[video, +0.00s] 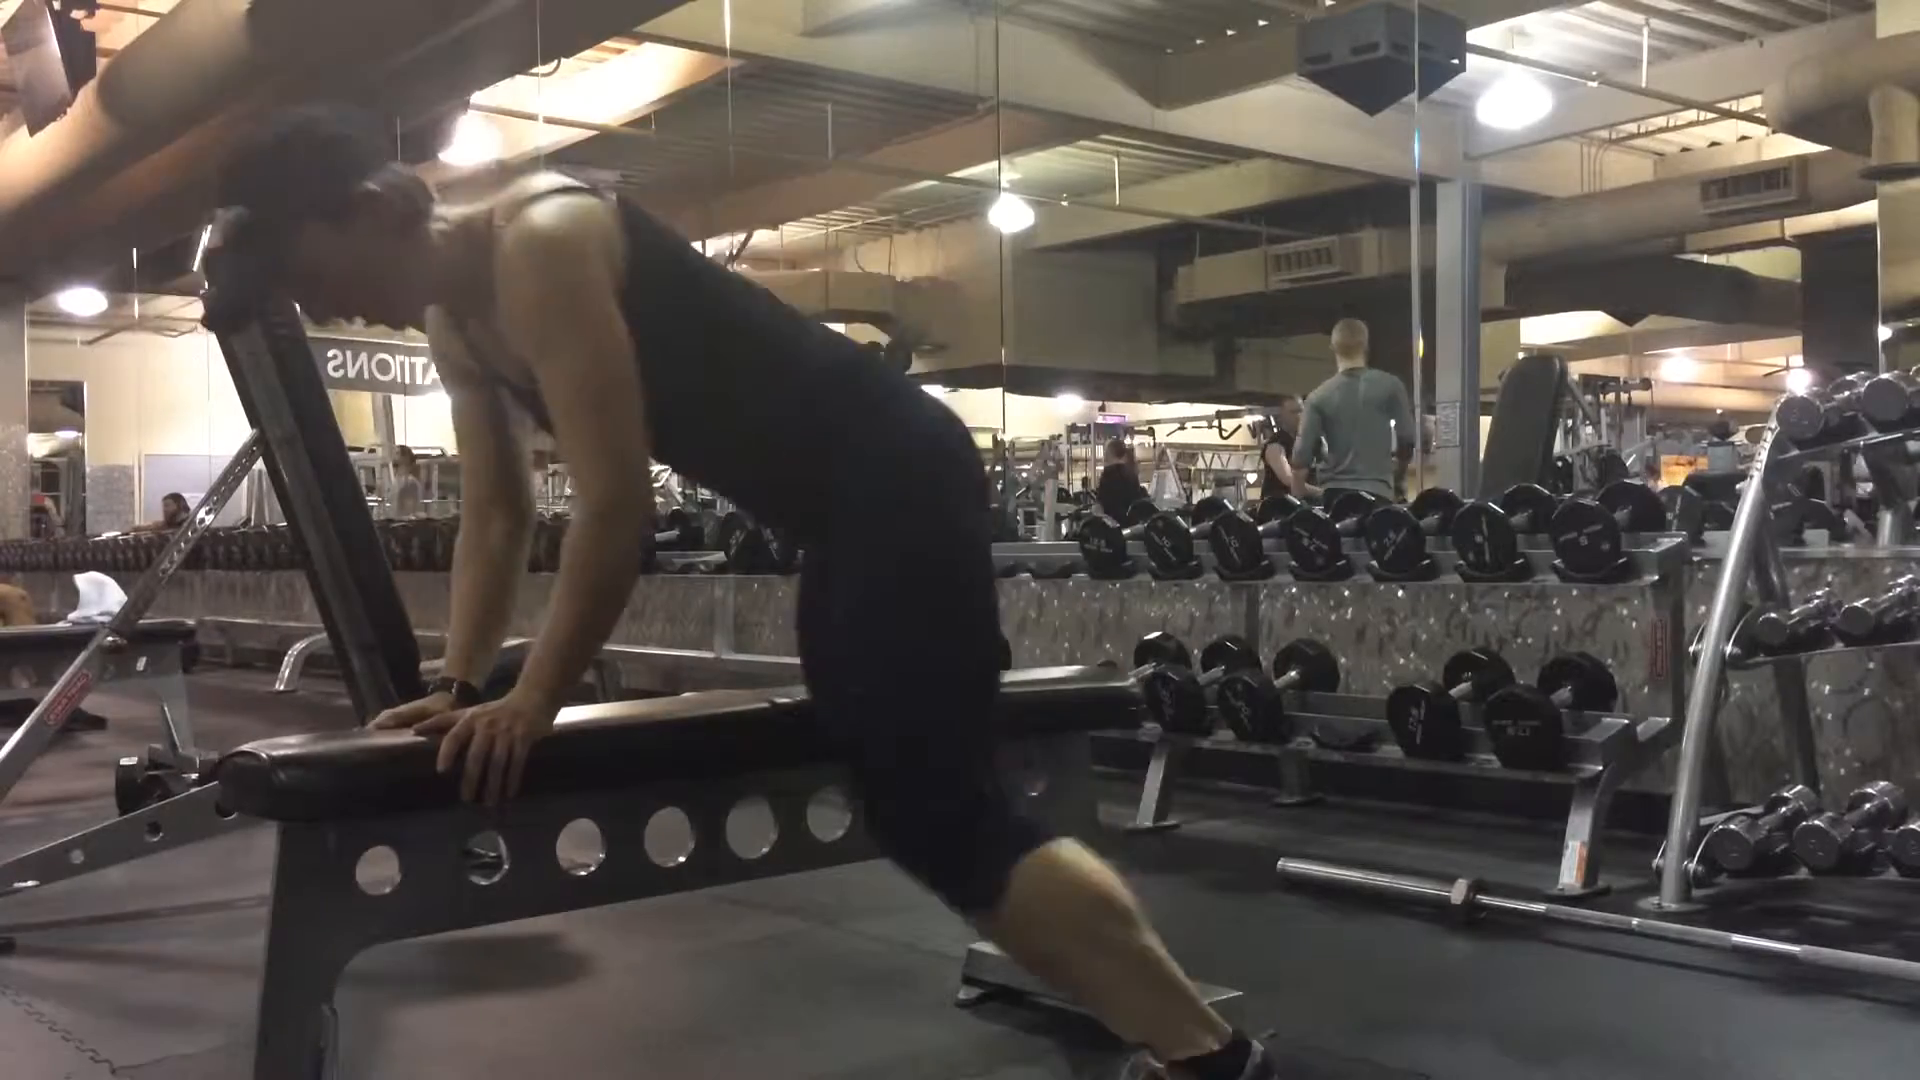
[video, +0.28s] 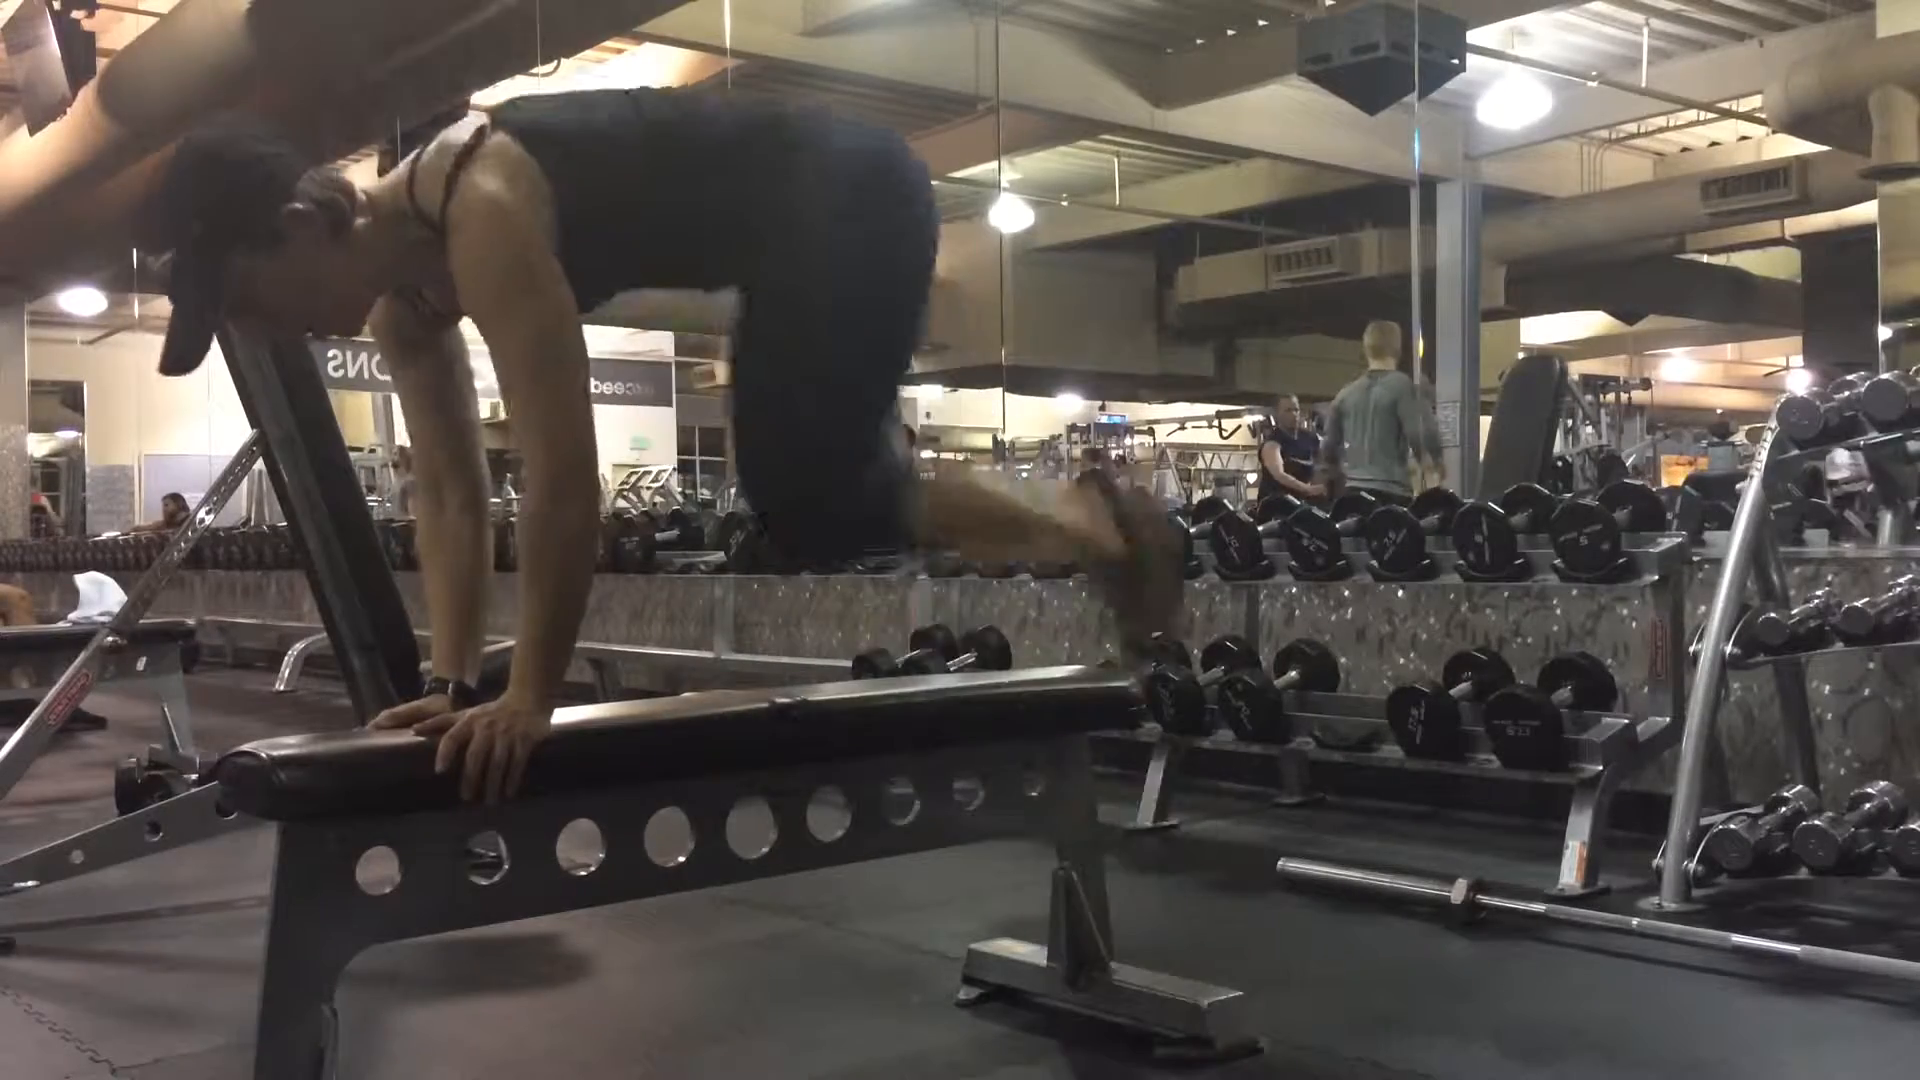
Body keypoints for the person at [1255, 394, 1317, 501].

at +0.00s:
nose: (1298, 417)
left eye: (1300, 411)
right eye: (1292, 412)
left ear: (1304, 413)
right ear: (1281, 415)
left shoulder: (1300, 442)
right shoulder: (1274, 445)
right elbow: (1288, 479)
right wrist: (1320, 492)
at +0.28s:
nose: (1294, 415)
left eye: (1296, 410)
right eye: (1288, 411)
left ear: (1300, 412)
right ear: (1277, 414)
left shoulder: (1311, 439)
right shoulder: (1272, 443)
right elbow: (1278, 474)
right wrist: (1308, 489)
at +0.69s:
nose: (1300, 413)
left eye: (1303, 409)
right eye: (1294, 409)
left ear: (1306, 411)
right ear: (1280, 411)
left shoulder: (1314, 439)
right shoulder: (1271, 439)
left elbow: (1329, 467)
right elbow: (1246, 468)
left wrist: (1323, 480)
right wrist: (1274, 488)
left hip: (1308, 508)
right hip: (1277, 509)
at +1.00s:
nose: (1312, 422)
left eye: (1315, 418)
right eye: (1308, 416)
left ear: (1318, 420)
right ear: (1293, 416)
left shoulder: (1321, 446)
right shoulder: (1278, 441)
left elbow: (1332, 476)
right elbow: (1241, 461)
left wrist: (1315, 489)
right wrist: (1256, 492)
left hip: (1302, 508)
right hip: (1273, 507)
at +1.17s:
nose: (1313, 424)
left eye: (1315, 420)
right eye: (1309, 419)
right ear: (1294, 418)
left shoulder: (1321, 444)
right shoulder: (1276, 444)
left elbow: (1332, 474)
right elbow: (1245, 471)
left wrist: (1318, 490)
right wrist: (1261, 497)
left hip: (1306, 510)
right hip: (1276, 510)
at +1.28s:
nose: (1315, 424)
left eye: (1317, 420)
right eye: (1312, 420)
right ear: (1296, 419)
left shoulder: (1322, 444)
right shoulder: (1279, 443)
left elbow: (1333, 470)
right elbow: (1253, 472)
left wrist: (1322, 489)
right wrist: (1266, 499)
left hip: (1309, 509)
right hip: (1280, 509)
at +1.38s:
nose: (1315, 424)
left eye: (1316, 420)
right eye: (1312, 420)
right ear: (1296, 419)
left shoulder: (1322, 443)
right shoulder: (1280, 443)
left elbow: (1333, 467)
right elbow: (1258, 477)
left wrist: (1327, 486)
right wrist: (1272, 500)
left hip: (1315, 504)